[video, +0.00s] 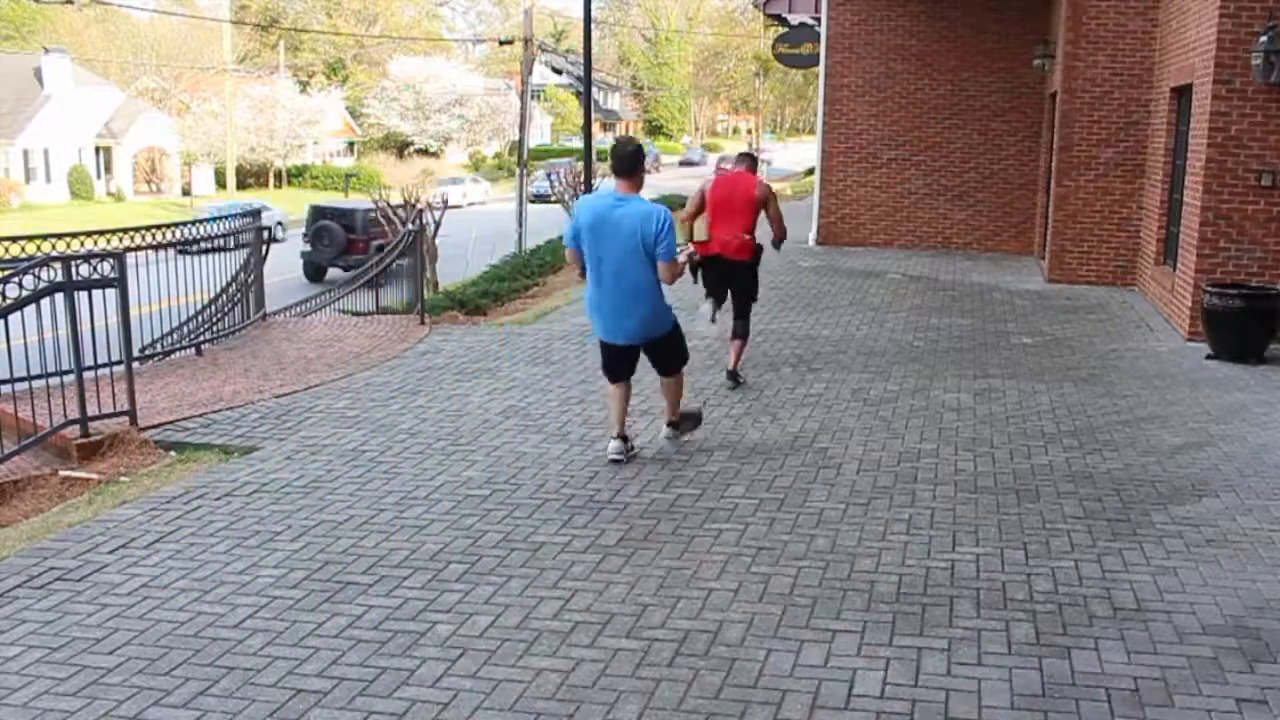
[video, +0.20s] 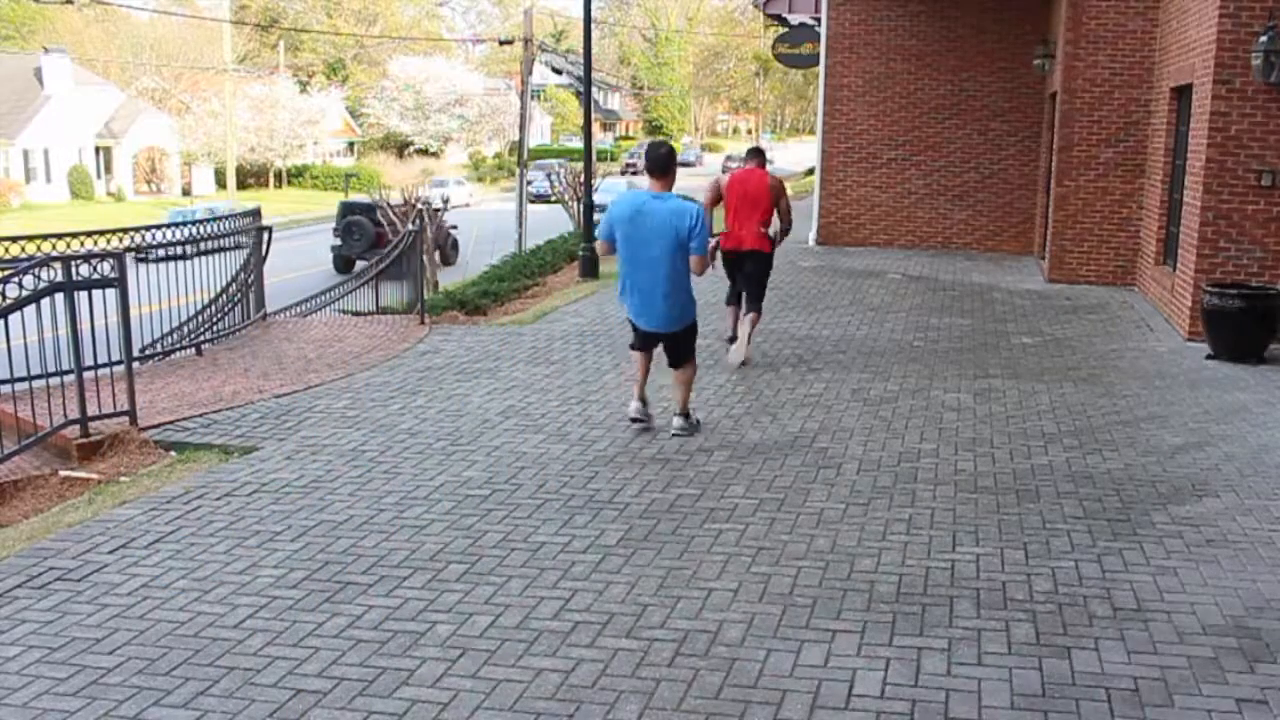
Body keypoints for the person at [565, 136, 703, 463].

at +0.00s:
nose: (647, 170)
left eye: (640, 166)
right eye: (646, 166)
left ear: (612, 169)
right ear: (643, 170)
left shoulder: (585, 207)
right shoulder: (656, 215)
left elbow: (573, 258)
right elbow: (668, 276)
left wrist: (601, 261)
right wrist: (683, 261)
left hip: (607, 318)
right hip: (649, 317)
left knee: (617, 379)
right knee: (672, 365)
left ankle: (617, 439)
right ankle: (673, 419)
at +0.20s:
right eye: (673, 166)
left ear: (645, 170)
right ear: (675, 169)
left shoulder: (623, 205)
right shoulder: (690, 212)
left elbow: (603, 248)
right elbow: (698, 267)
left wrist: (632, 237)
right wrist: (709, 251)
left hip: (637, 304)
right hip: (675, 308)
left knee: (641, 345)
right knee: (683, 361)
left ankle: (637, 401)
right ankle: (681, 415)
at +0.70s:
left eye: (706, 162)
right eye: (724, 162)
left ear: (702, 164)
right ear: (727, 164)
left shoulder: (684, 191)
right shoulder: (741, 199)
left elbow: (665, 225)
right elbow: (747, 244)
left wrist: (688, 216)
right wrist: (748, 226)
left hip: (693, 277)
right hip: (726, 279)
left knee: (691, 314)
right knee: (734, 327)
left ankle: (684, 353)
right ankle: (738, 371)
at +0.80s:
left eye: (715, 161)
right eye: (731, 161)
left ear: (711, 164)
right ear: (735, 163)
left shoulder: (695, 192)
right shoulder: (752, 198)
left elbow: (681, 229)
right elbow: (759, 240)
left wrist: (701, 216)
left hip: (704, 272)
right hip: (737, 274)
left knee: (704, 311)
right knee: (742, 323)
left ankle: (706, 357)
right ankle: (738, 367)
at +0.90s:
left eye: (720, 158)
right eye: (735, 157)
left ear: (715, 160)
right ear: (739, 159)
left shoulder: (700, 188)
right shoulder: (756, 191)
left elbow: (692, 224)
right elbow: (766, 232)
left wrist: (711, 218)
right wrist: (774, 227)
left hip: (713, 268)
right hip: (744, 268)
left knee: (718, 315)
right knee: (749, 311)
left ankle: (721, 353)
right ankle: (743, 346)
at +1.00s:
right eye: (742, 159)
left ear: (721, 162)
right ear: (744, 162)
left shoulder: (707, 190)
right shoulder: (759, 193)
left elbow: (698, 223)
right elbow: (771, 234)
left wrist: (718, 216)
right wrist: (779, 226)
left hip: (721, 266)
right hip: (752, 265)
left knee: (725, 308)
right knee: (760, 298)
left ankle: (725, 350)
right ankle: (753, 338)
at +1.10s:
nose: (753, 160)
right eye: (754, 157)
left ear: (732, 159)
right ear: (754, 159)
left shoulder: (716, 187)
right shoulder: (766, 191)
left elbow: (706, 219)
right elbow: (773, 232)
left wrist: (726, 209)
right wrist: (778, 225)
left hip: (727, 262)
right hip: (758, 262)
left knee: (727, 306)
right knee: (767, 300)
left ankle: (726, 347)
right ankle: (770, 336)